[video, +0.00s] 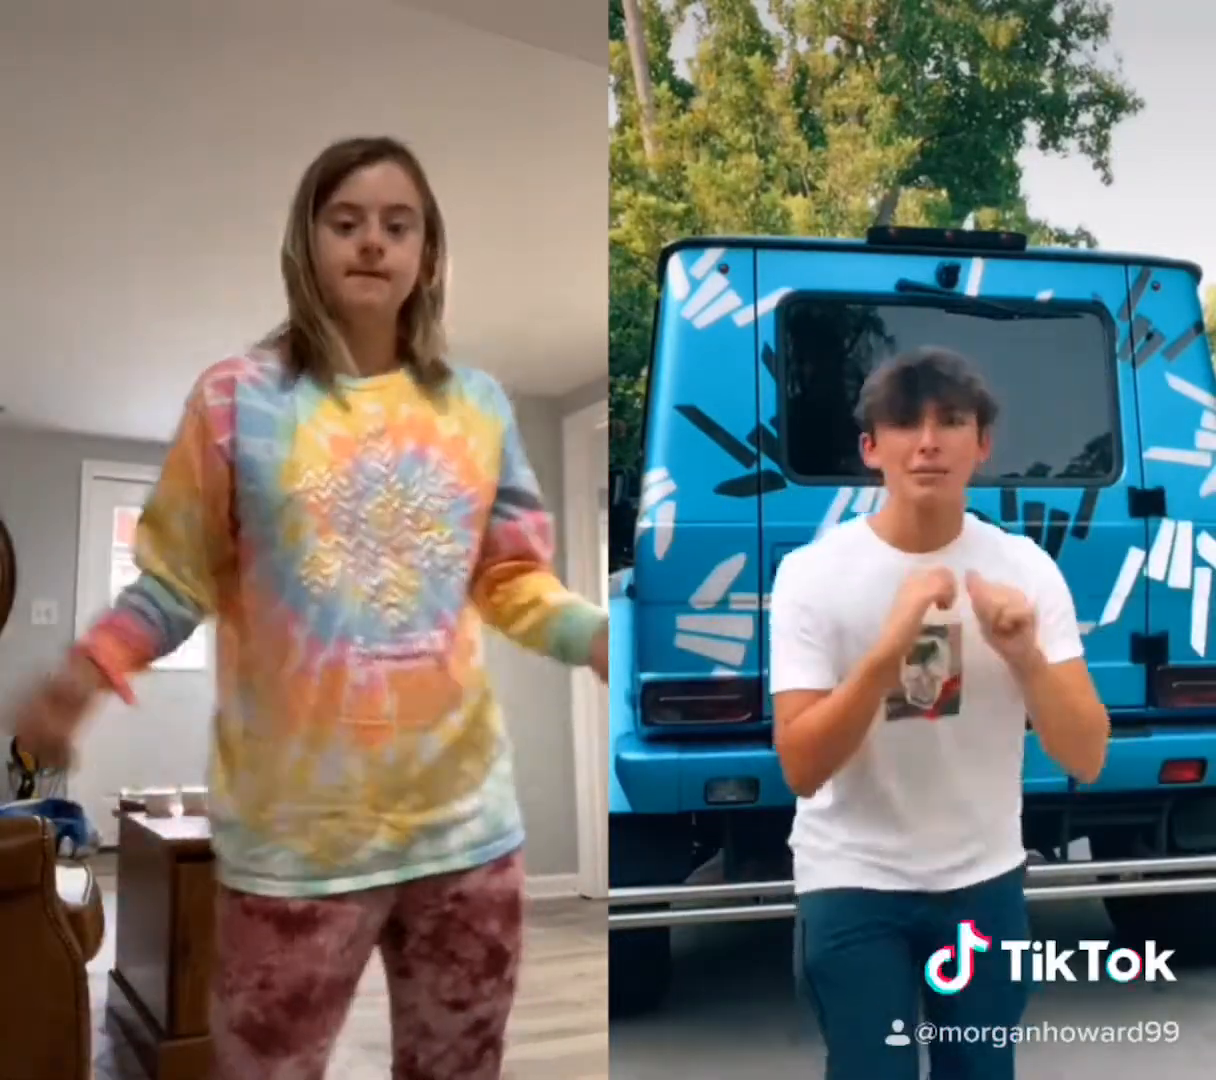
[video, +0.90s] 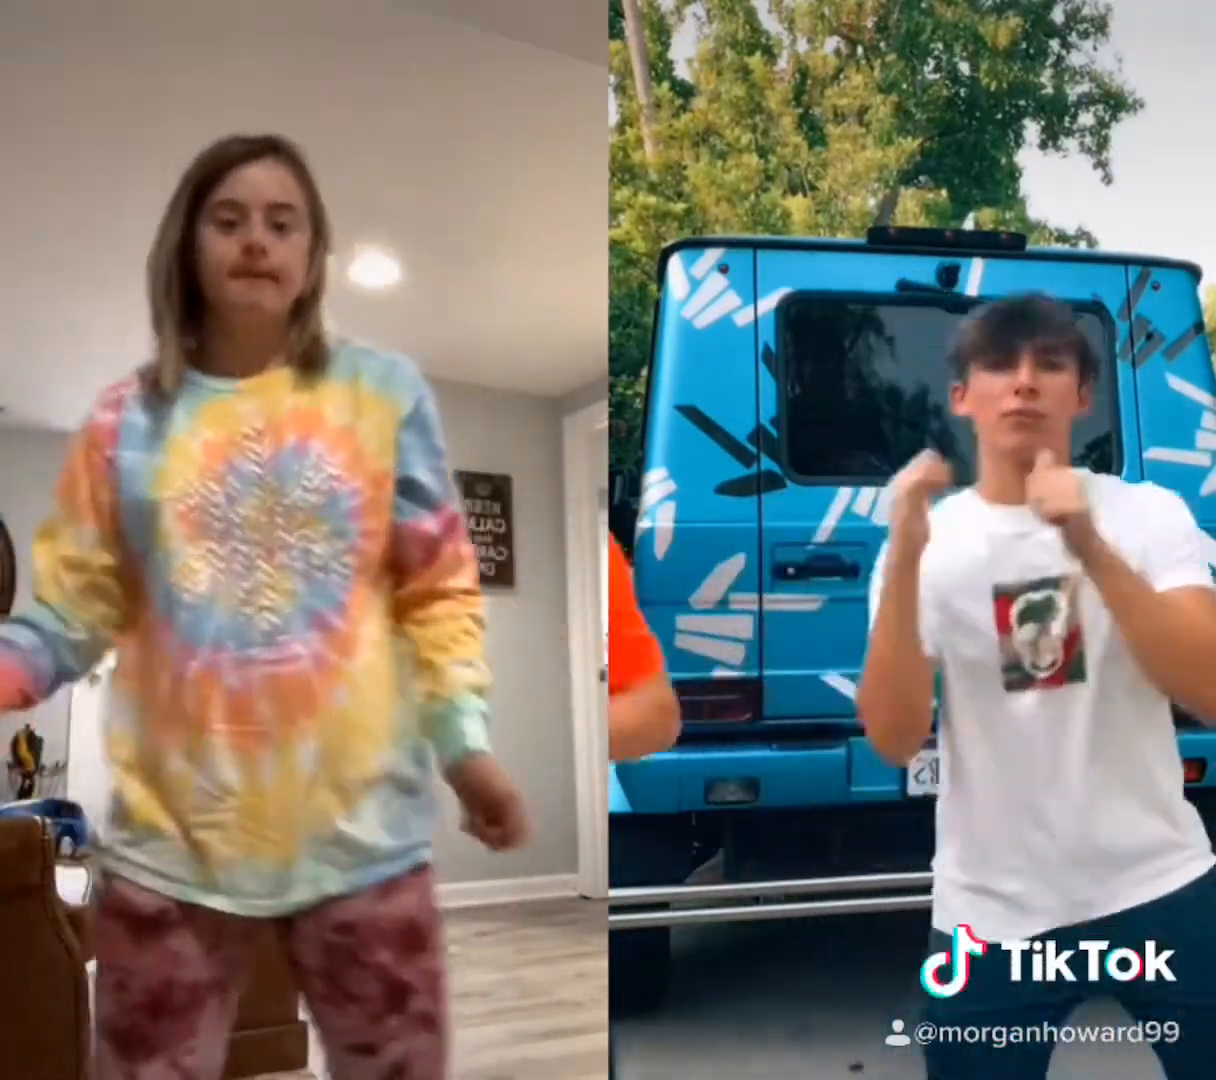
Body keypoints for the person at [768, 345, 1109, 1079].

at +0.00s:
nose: (928, 442)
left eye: (949, 422)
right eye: (907, 424)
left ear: (981, 446)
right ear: (872, 448)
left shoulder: (1025, 568)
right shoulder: (812, 575)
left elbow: (1086, 757)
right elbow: (802, 768)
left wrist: (1025, 655)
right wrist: (888, 652)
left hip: (985, 878)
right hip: (854, 883)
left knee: (982, 1068)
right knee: (876, 1067)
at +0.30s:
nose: (904, 442)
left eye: (927, 421)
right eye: (882, 423)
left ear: (961, 448)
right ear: (845, 452)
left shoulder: (1016, 580)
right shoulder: (786, 596)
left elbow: (1060, 778)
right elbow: (787, 795)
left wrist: (982, 644)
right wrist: (852, 649)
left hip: (992, 924)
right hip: (841, 933)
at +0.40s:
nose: (890, 388)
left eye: (913, 366)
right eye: (868, 369)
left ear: (953, 387)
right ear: (836, 395)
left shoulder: (1020, 509)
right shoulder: (798, 532)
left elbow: (1056, 688)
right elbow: (798, 748)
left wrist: (932, 545)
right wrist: (783, 576)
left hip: (1010, 890)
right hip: (857, 900)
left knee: (1017, 1065)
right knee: (866, 1064)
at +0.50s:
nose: (878, 379)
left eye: (901, 354)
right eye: (854, 359)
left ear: (944, 375)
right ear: (825, 386)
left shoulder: (1015, 481)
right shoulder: (804, 538)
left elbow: (1054, 629)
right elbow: (839, 752)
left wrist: (889, 550)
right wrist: (740, 660)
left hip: (1035, 870)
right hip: (885, 890)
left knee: (1043, 1064)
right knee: (917, 1064)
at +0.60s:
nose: (875, 431)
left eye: (898, 405)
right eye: (853, 411)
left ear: (941, 428)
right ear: (826, 439)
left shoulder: (1022, 529)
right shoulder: (813, 607)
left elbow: (1073, 683)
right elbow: (864, 812)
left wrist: (889, 641)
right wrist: (761, 757)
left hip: (1062, 920)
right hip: (907, 938)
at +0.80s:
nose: (943, 445)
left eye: (966, 425)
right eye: (920, 428)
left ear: (1004, 456)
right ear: (885, 464)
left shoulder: (1085, 561)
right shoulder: (860, 629)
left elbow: (1141, 746)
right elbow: (880, 835)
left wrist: (976, 657)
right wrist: (805, 703)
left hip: (1120, 932)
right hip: (957, 948)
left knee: (1186, 1061)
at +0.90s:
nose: (1024, 384)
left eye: (1048, 366)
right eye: (999, 366)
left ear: (1082, 397)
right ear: (961, 398)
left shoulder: (1145, 514)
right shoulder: (925, 540)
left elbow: (1206, 691)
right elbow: (896, 739)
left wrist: (1094, 552)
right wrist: (903, 553)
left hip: (1157, 893)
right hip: (992, 909)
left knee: (1202, 1057)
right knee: (967, 1066)